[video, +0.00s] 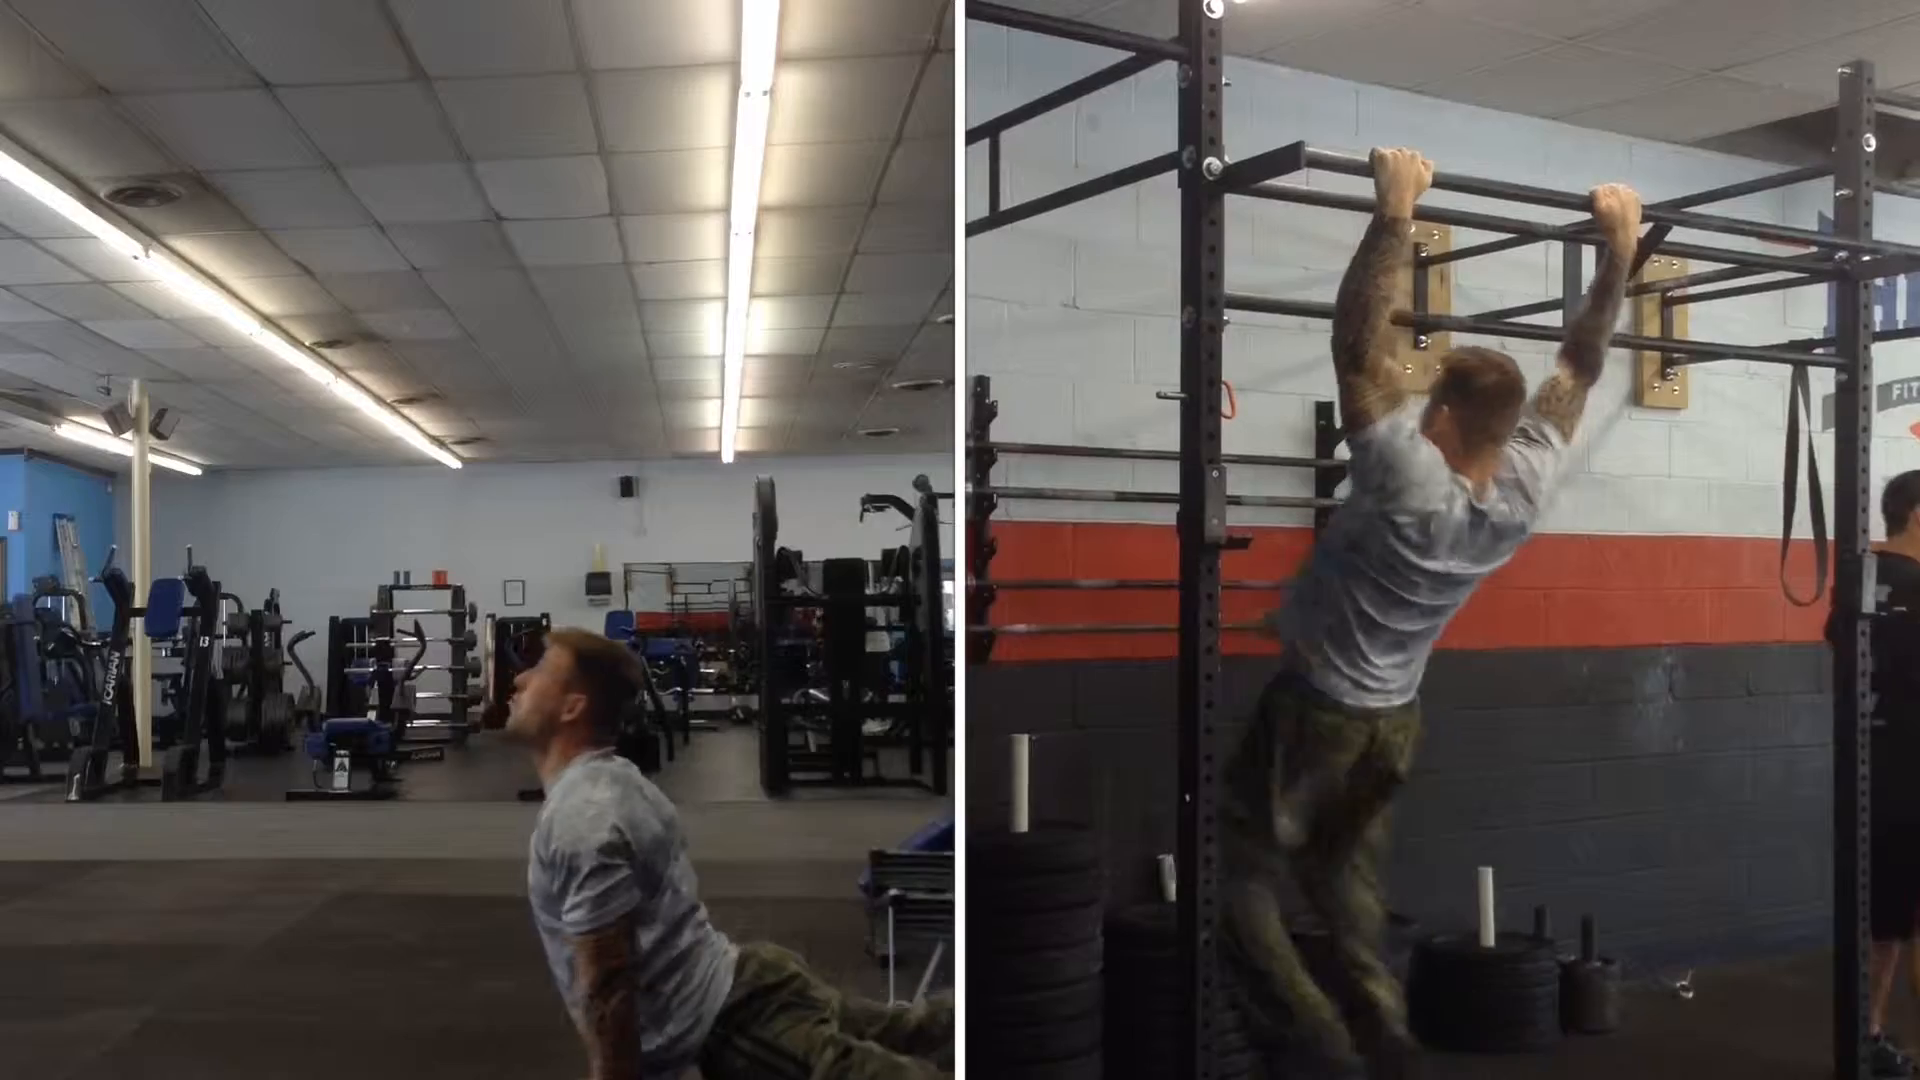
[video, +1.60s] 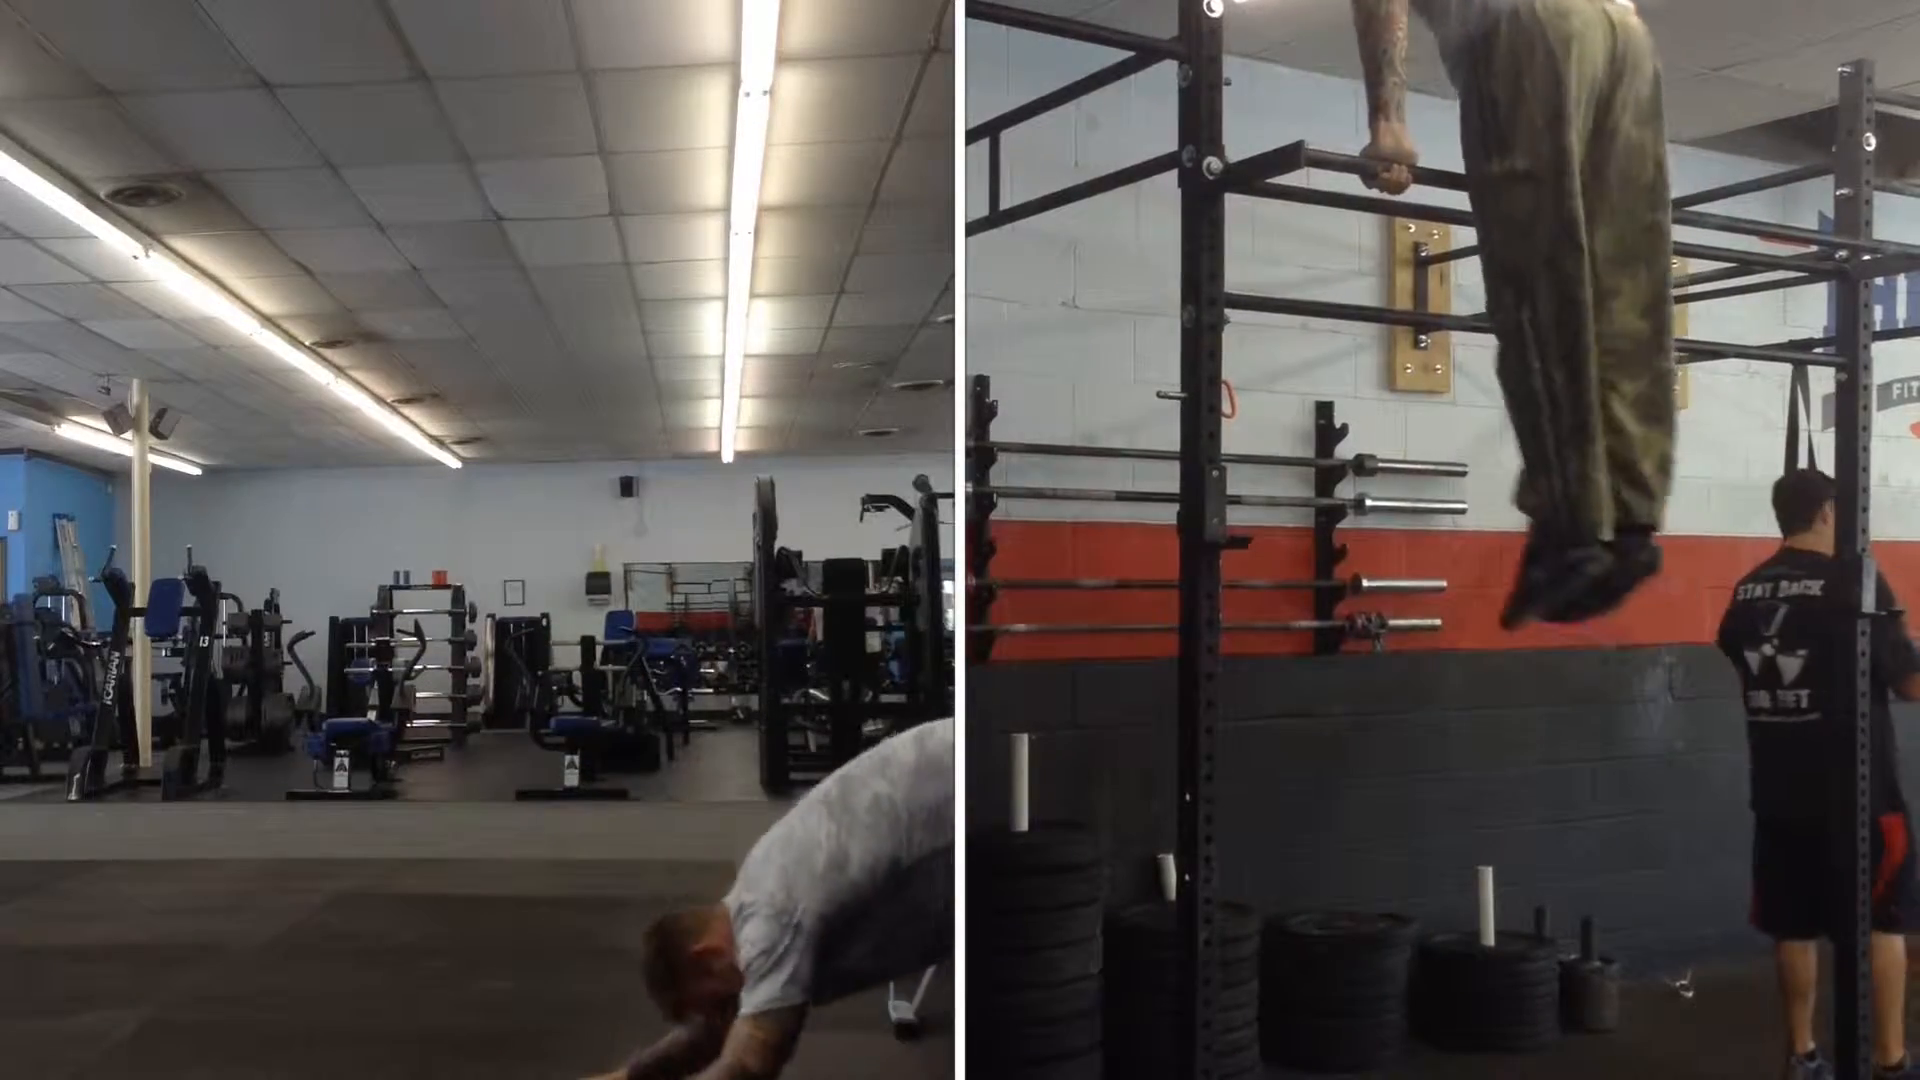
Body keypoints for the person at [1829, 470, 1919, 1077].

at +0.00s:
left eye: (1919, 511)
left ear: (1892, 514)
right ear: (1913, 515)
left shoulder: (1861, 570)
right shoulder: (1895, 573)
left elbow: (1838, 645)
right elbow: (1844, 650)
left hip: (1875, 760)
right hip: (1899, 762)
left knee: (1888, 900)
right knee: (1892, 903)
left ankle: (1872, 1030)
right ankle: (1872, 1031)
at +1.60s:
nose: (1850, 525)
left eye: (1844, 513)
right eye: (1845, 514)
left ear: (1784, 519)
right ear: (1827, 515)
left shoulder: (1750, 587)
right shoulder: (1858, 581)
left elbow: (1735, 658)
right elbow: (1908, 681)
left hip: (1781, 780)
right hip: (1859, 783)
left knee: (1795, 922)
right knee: (1885, 919)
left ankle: (1803, 1054)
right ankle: (1890, 1057)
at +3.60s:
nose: (1907, 517)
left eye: (1903, 505)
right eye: (1901, 507)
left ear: (1841, 517)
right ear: (1876, 517)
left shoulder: (1805, 588)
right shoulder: (1905, 588)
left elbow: (1803, 671)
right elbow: (1911, 686)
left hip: (1824, 777)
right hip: (1897, 781)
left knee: (1819, 926)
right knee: (1898, 938)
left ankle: (1812, 1057)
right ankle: (1901, 1068)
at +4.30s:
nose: (1893, 536)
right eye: (1898, 525)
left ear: (1846, 525)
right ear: (1899, 527)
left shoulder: (1818, 588)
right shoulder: (1912, 586)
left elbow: (1825, 644)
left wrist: (1841, 571)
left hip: (1848, 763)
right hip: (1908, 762)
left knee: (1830, 901)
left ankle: (1817, 1042)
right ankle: (1820, 1036)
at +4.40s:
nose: (1917, 530)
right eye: (1915, 520)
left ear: (1865, 527)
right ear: (1911, 527)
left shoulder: (1845, 584)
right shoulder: (1910, 580)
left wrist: (1839, 533)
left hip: (1865, 762)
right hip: (1903, 761)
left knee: (1851, 894)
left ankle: (1822, 1025)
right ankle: (1823, 1023)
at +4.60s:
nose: (1897, 520)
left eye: (1897, 513)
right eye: (1904, 512)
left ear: (1887, 533)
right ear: (1910, 533)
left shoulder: (1884, 577)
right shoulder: (1890, 575)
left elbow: (1850, 502)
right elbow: (1851, 500)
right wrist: (1875, 428)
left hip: (1891, 743)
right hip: (1901, 743)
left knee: (1905, 889)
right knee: (1905, 889)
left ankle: (1883, 1010)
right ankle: (1882, 1010)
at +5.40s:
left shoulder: (1901, 504)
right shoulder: (1898, 504)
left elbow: (1884, 463)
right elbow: (1886, 464)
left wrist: (1876, 368)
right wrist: (1879, 368)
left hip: (1911, 681)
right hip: (1909, 681)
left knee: (1907, 854)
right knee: (1905, 852)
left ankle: (1904, 1000)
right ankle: (1903, 1000)